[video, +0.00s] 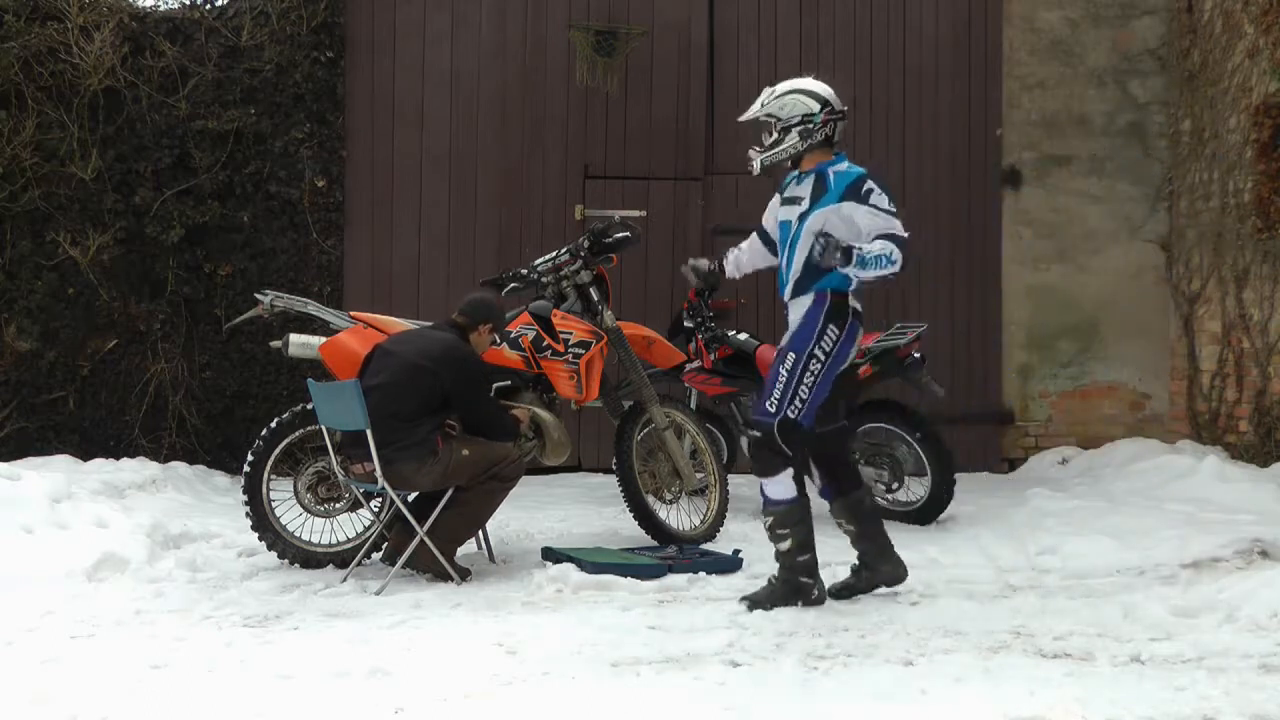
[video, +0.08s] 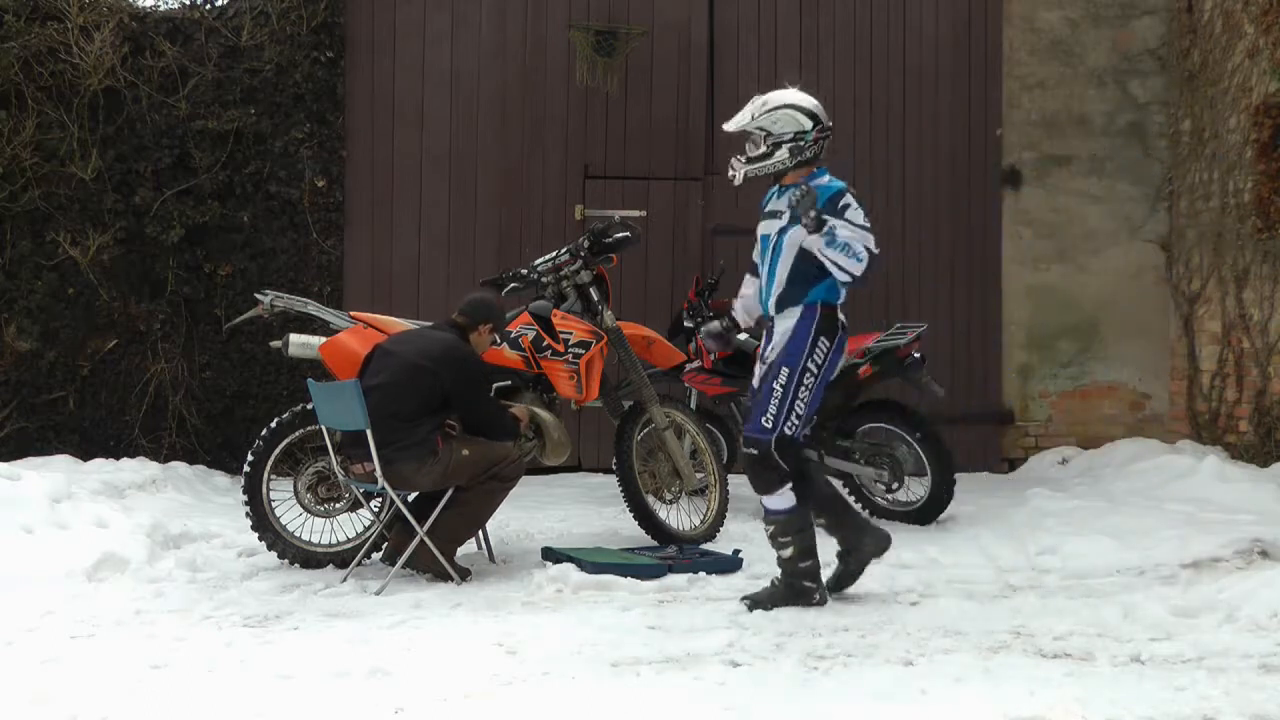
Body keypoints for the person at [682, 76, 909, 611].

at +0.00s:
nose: (765, 139)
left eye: (774, 128)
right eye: (765, 129)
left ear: (806, 128)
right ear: (802, 131)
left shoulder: (851, 182)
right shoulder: (789, 192)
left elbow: (891, 250)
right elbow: (764, 245)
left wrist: (848, 265)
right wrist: (720, 267)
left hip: (829, 317)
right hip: (803, 318)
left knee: (768, 434)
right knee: (823, 440)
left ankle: (797, 575)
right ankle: (878, 558)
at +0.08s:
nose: (752, 150)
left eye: (759, 140)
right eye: (752, 141)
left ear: (788, 142)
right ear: (787, 144)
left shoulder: (829, 193)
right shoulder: (774, 200)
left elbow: (858, 261)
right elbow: (761, 274)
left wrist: (815, 230)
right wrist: (733, 323)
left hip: (813, 327)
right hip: (782, 329)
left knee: (762, 447)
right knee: (779, 444)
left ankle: (799, 577)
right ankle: (857, 533)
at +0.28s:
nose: (699, 157)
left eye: (706, 145)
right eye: (697, 148)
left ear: (737, 141)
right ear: (734, 145)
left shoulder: (772, 184)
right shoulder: (741, 190)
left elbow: (749, 239)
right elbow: (754, 261)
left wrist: (687, 205)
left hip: (773, 326)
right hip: (736, 324)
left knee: (746, 456)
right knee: (672, 406)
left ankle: (801, 577)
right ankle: (736, 487)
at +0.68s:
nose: (604, 156)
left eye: (609, 142)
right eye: (604, 144)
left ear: (634, 136)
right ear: (648, 137)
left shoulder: (672, 182)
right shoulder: (658, 188)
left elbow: (698, 260)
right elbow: (660, 254)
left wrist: (667, 329)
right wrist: (614, 249)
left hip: (667, 334)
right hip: (668, 334)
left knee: (568, 414)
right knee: (651, 445)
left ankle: (653, 479)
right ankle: (685, 575)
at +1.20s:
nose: (486, 144)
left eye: (489, 132)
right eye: (484, 134)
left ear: (511, 125)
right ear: (542, 122)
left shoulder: (534, 166)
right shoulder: (578, 170)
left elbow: (480, 199)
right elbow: (632, 244)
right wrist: (619, 304)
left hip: (564, 317)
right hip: (543, 316)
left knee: (541, 450)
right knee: (467, 410)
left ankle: (604, 586)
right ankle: (527, 526)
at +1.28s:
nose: (477, 132)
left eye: (481, 121)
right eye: (478, 122)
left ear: (498, 116)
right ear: (540, 117)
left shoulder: (506, 165)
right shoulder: (566, 168)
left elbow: (451, 229)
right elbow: (612, 232)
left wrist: (400, 262)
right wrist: (593, 258)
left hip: (536, 316)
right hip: (524, 315)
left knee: (525, 451)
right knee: (472, 433)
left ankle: (600, 580)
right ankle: (508, 572)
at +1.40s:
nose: (461, 137)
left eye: (466, 126)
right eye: (463, 127)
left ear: (482, 122)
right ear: (523, 130)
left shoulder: (496, 173)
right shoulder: (544, 179)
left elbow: (485, 260)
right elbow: (573, 232)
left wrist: (455, 341)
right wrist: (567, 175)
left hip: (507, 326)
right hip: (530, 325)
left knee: (439, 447)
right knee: (478, 446)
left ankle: (548, 533)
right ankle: (509, 578)